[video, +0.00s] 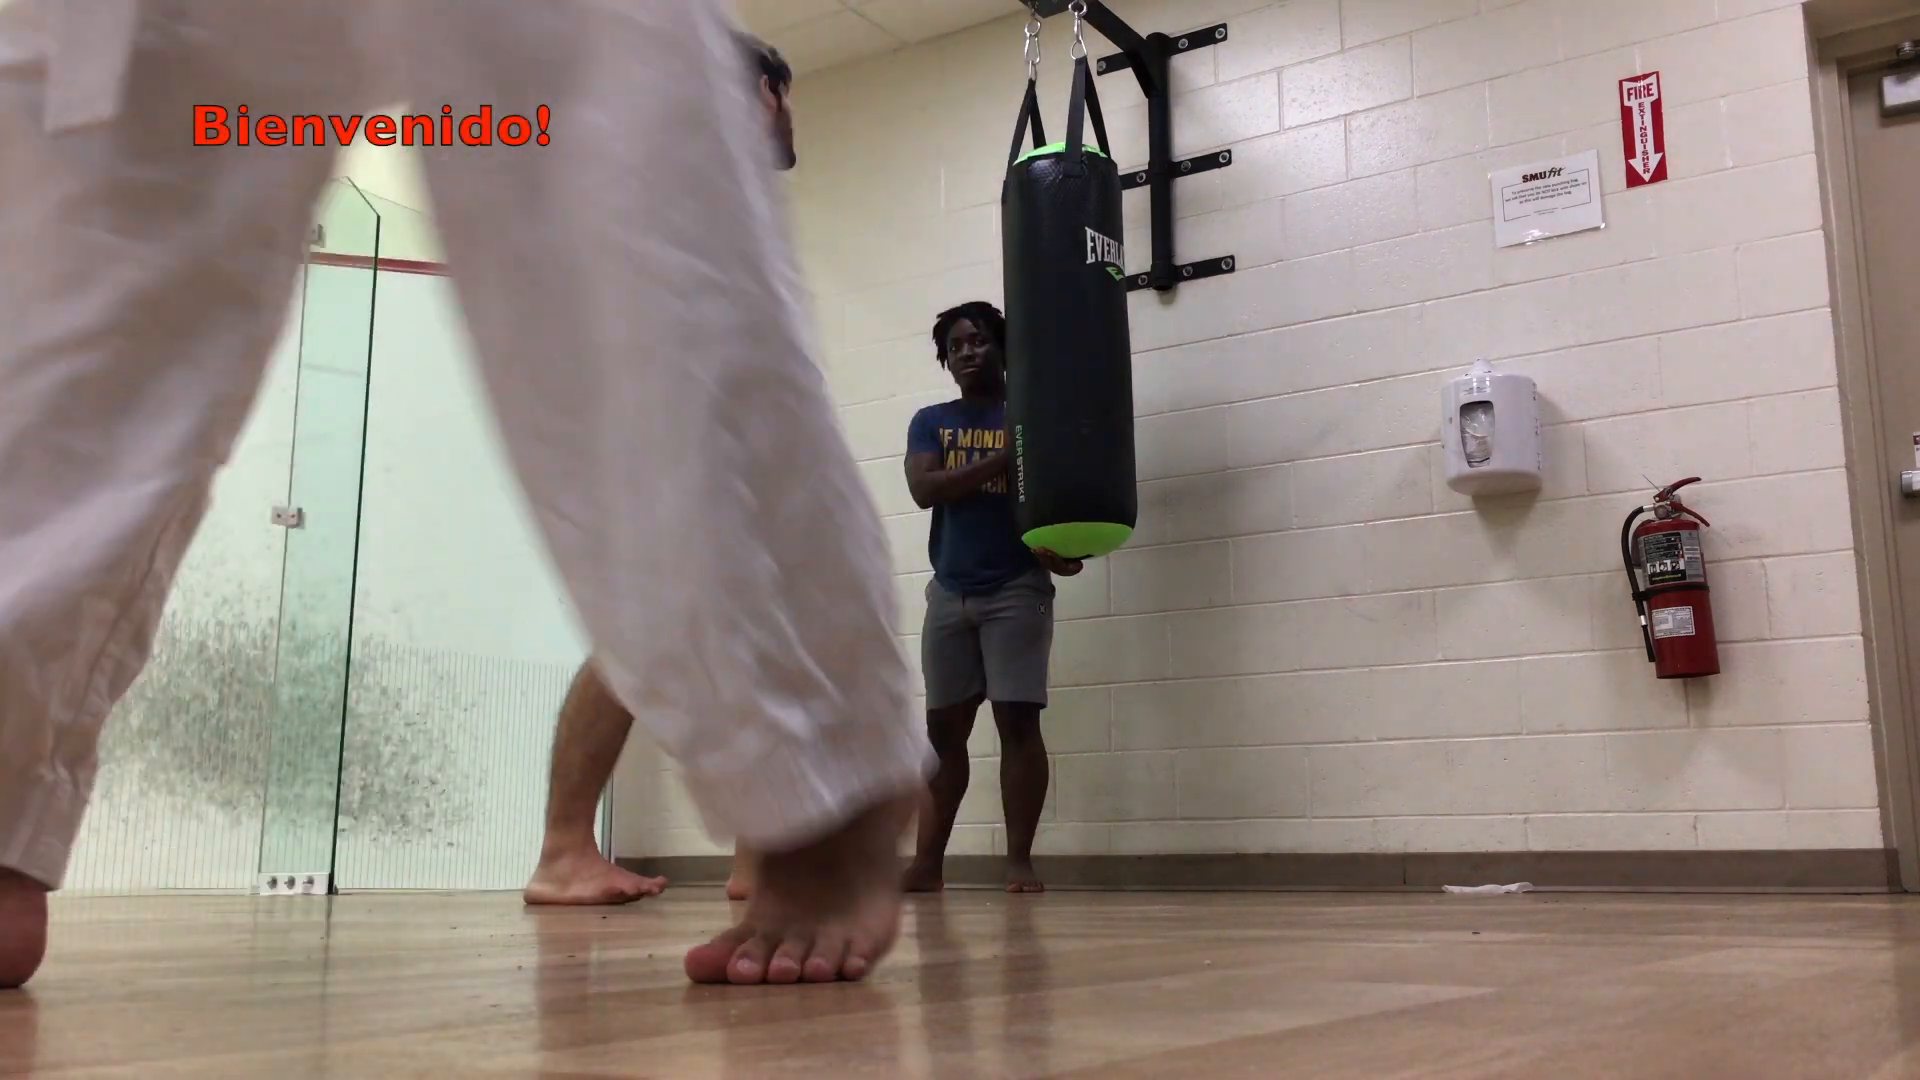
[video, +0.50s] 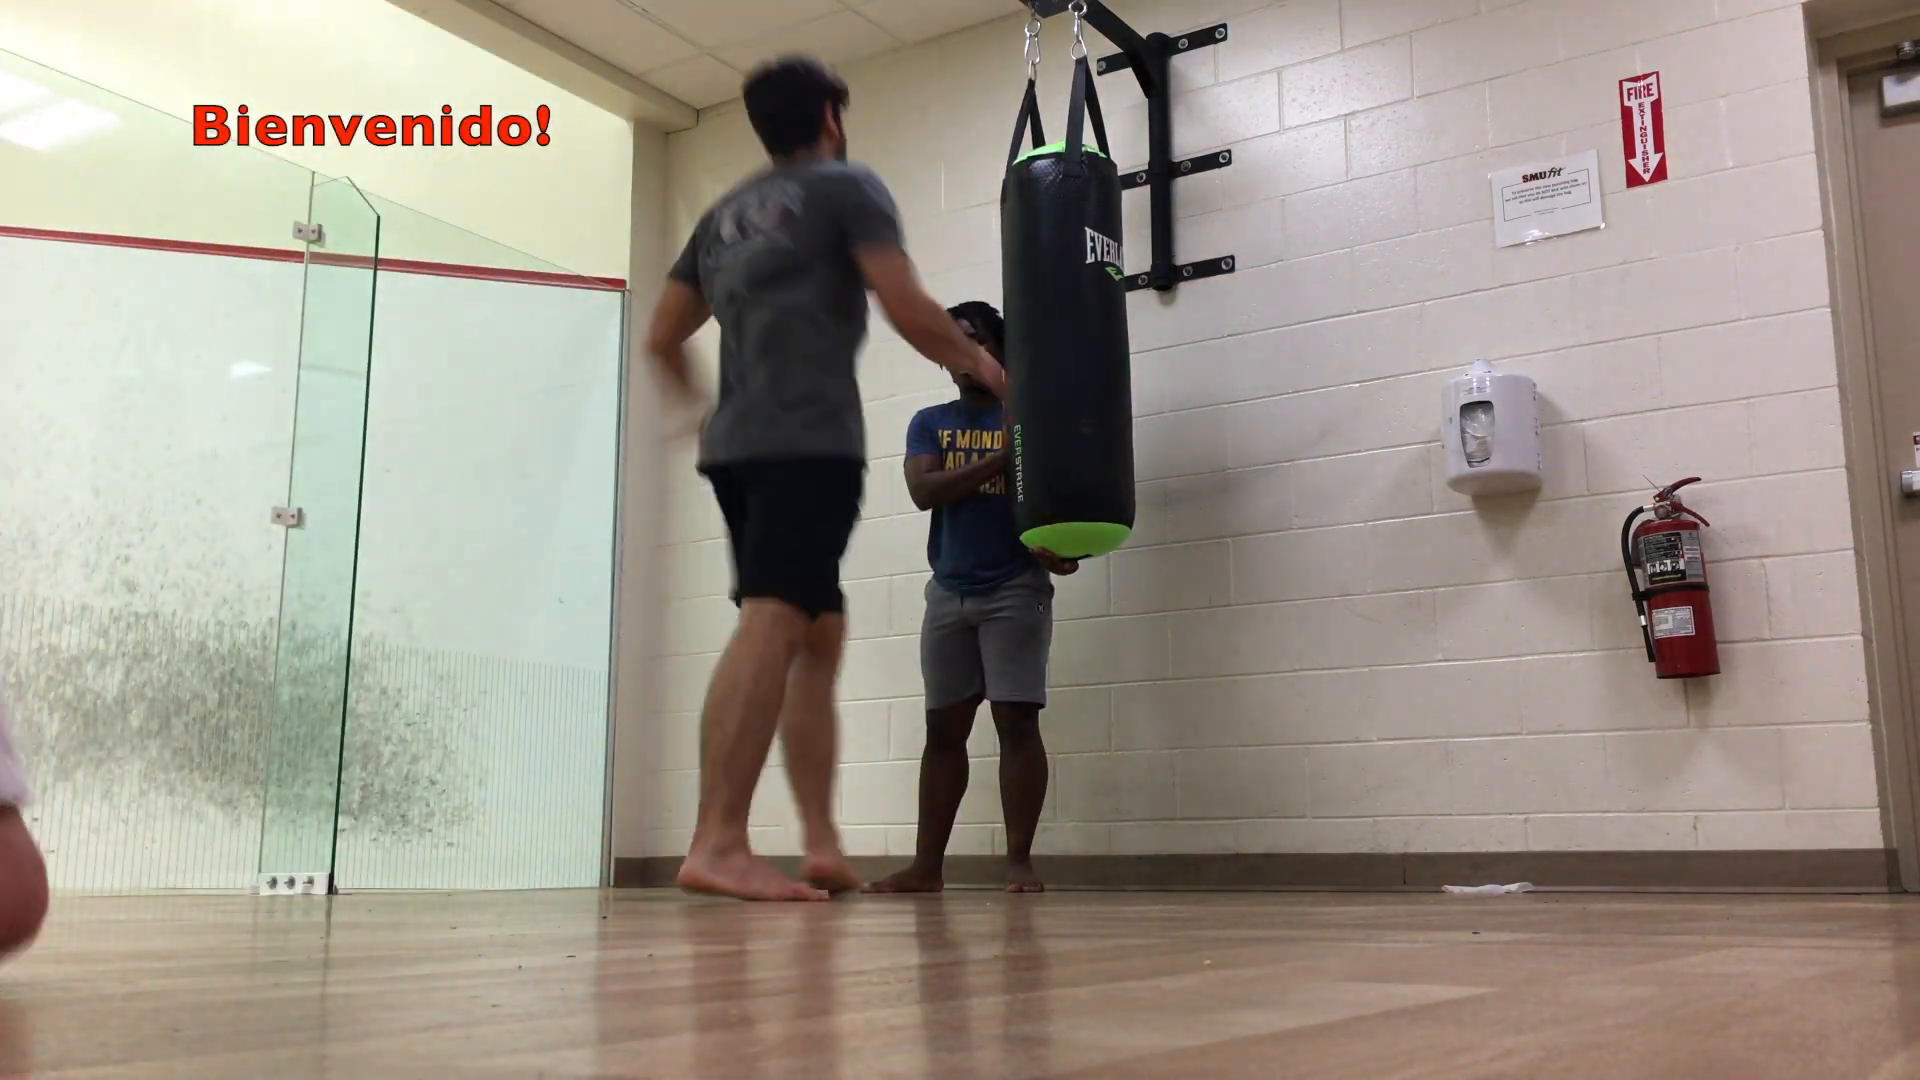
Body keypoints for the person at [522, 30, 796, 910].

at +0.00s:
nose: (790, 129)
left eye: (786, 107)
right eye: (777, 104)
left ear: (762, 110)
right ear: (733, 102)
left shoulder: (738, 239)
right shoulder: (671, 239)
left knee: (753, 599)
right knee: (640, 614)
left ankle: (764, 852)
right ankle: (565, 847)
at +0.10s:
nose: (796, 107)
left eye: (791, 92)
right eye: (791, 91)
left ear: (734, 94)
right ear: (767, 90)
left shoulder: (755, 200)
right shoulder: (692, 147)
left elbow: (758, 357)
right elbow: (654, 256)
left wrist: (811, 464)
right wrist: (772, 352)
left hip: (744, 450)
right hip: (677, 437)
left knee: (784, 641)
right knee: (614, 625)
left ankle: (756, 854)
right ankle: (567, 847)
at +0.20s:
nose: (807, 117)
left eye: (800, 101)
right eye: (800, 100)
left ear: (752, 108)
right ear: (779, 101)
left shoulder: (767, 216)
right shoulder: (713, 163)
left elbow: (764, 371)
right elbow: (680, 258)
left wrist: (865, 417)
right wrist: (820, 314)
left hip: (758, 471)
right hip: (695, 449)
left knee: (814, 646)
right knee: (654, 624)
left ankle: (763, 858)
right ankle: (567, 855)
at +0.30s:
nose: (818, 113)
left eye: (815, 98)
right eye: (814, 97)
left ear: (747, 100)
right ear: (793, 96)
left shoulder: (777, 190)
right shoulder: (753, 146)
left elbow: (772, 333)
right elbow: (714, 226)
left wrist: (867, 315)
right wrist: (856, 271)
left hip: (768, 448)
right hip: (732, 437)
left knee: (806, 633)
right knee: (717, 607)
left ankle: (767, 845)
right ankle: (594, 822)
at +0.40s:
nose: (830, 100)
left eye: (825, 86)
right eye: (827, 85)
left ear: (750, 96)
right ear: (810, 86)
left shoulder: (727, 175)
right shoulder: (792, 139)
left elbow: (759, 301)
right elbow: (797, 238)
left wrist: (845, 301)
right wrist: (919, 324)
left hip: (732, 419)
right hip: (771, 412)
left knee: (794, 611)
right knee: (771, 597)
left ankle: (783, 835)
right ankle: (676, 811)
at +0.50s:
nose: (847, 131)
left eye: (841, 117)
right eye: (844, 117)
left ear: (764, 131)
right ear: (830, 118)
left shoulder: (723, 216)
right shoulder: (848, 187)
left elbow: (663, 337)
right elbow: (908, 311)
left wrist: (700, 411)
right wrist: (979, 366)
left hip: (736, 449)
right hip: (810, 443)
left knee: (820, 627)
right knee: (772, 623)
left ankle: (821, 847)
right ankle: (716, 845)